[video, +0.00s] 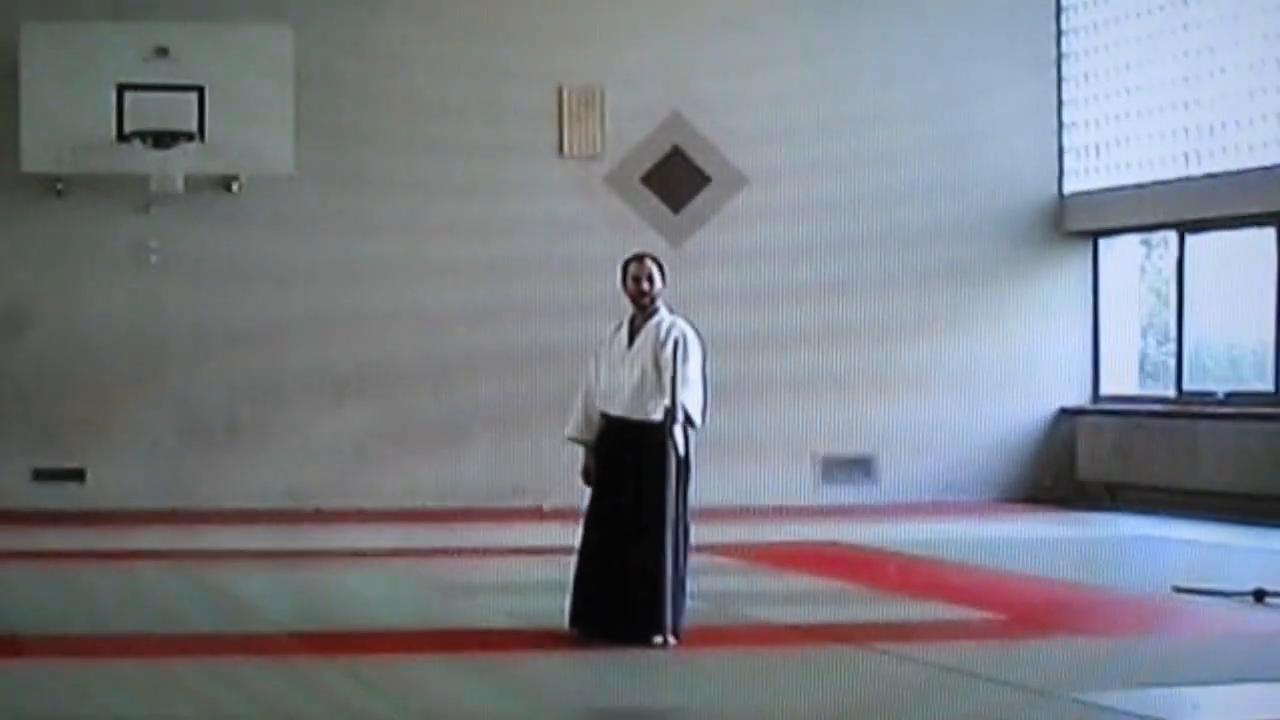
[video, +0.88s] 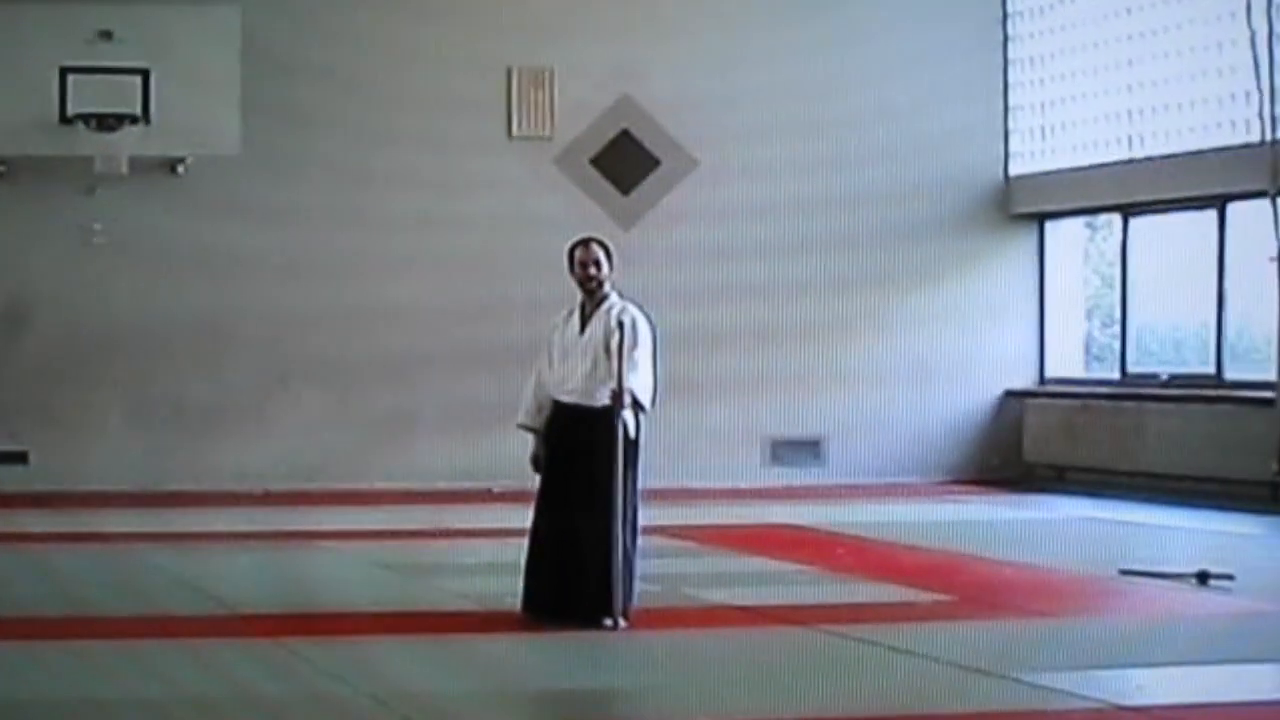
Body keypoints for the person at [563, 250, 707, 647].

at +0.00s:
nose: (642, 286)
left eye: (649, 278)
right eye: (635, 279)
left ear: (662, 284)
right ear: (624, 286)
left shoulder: (677, 334)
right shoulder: (613, 337)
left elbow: (685, 393)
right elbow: (593, 395)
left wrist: (676, 441)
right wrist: (589, 449)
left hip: (656, 437)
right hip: (614, 436)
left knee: (657, 531)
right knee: (608, 529)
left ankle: (660, 623)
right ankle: (601, 619)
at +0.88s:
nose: (589, 271)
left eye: (596, 264)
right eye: (582, 265)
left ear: (609, 268)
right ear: (573, 272)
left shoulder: (627, 318)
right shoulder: (563, 323)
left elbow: (637, 368)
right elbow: (544, 382)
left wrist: (625, 407)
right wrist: (538, 435)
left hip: (607, 420)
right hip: (564, 421)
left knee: (608, 513)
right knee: (558, 512)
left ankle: (610, 605)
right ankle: (554, 602)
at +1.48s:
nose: (529, 273)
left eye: (535, 265)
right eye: (521, 267)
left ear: (548, 269)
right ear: (511, 276)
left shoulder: (576, 320)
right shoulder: (500, 324)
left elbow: (596, 375)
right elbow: (484, 375)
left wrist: (555, 390)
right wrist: (505, 393)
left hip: (558, 423)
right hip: (514, 423)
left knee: (559, 511)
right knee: (503, 508)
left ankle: (557, 605)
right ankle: (500, 603)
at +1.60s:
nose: (524, 274)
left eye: (529, 265)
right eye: (516, 268)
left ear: (544, 269)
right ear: (507, 276)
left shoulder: (572, 320)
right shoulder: (497, 325)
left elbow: (594, 375)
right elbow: (484, 375)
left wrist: (552, 386)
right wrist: (507, 388)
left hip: (556, 423)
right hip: (511, 422)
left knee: (554, 514)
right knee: (499, 508)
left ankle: (553, 606)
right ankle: (498, 604)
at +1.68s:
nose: (522, 274)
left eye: (528, 266)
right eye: (514, 268)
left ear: (542, 269)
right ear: (505, 276)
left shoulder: (570, 319)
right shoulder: (495, 324)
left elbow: (594, 372)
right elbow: (482, 374)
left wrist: (552, 386)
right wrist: (506, 392)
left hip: (554, 422)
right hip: (509, 421)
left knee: (553, 513)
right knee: (497, 507)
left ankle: (551, 606)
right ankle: (494, 603)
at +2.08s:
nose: (509, 277)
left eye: (513, 268)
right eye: (500, 272)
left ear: (528, 269)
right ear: (492, 280)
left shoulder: (560, 317)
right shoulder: (489, 332)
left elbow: (586, 367)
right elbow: (478, 396)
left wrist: (541, 365)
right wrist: (473, 453)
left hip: (555, 423)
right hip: (510, 425)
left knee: (555, 516)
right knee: (500, 514)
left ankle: (554, 605)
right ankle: (500, 602)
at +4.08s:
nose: (510, 247)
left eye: (515, 238)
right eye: (501, 243)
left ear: (530, 241)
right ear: (493, 253)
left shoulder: (560, 288)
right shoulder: (485, 300)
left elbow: (590, 334)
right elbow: (486, 357)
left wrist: (609, 377)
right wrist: (527, 377)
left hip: (570, 396)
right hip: (514, 400)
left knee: (581, 485)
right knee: (481, 473)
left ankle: (596, 573)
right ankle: (452, 551)